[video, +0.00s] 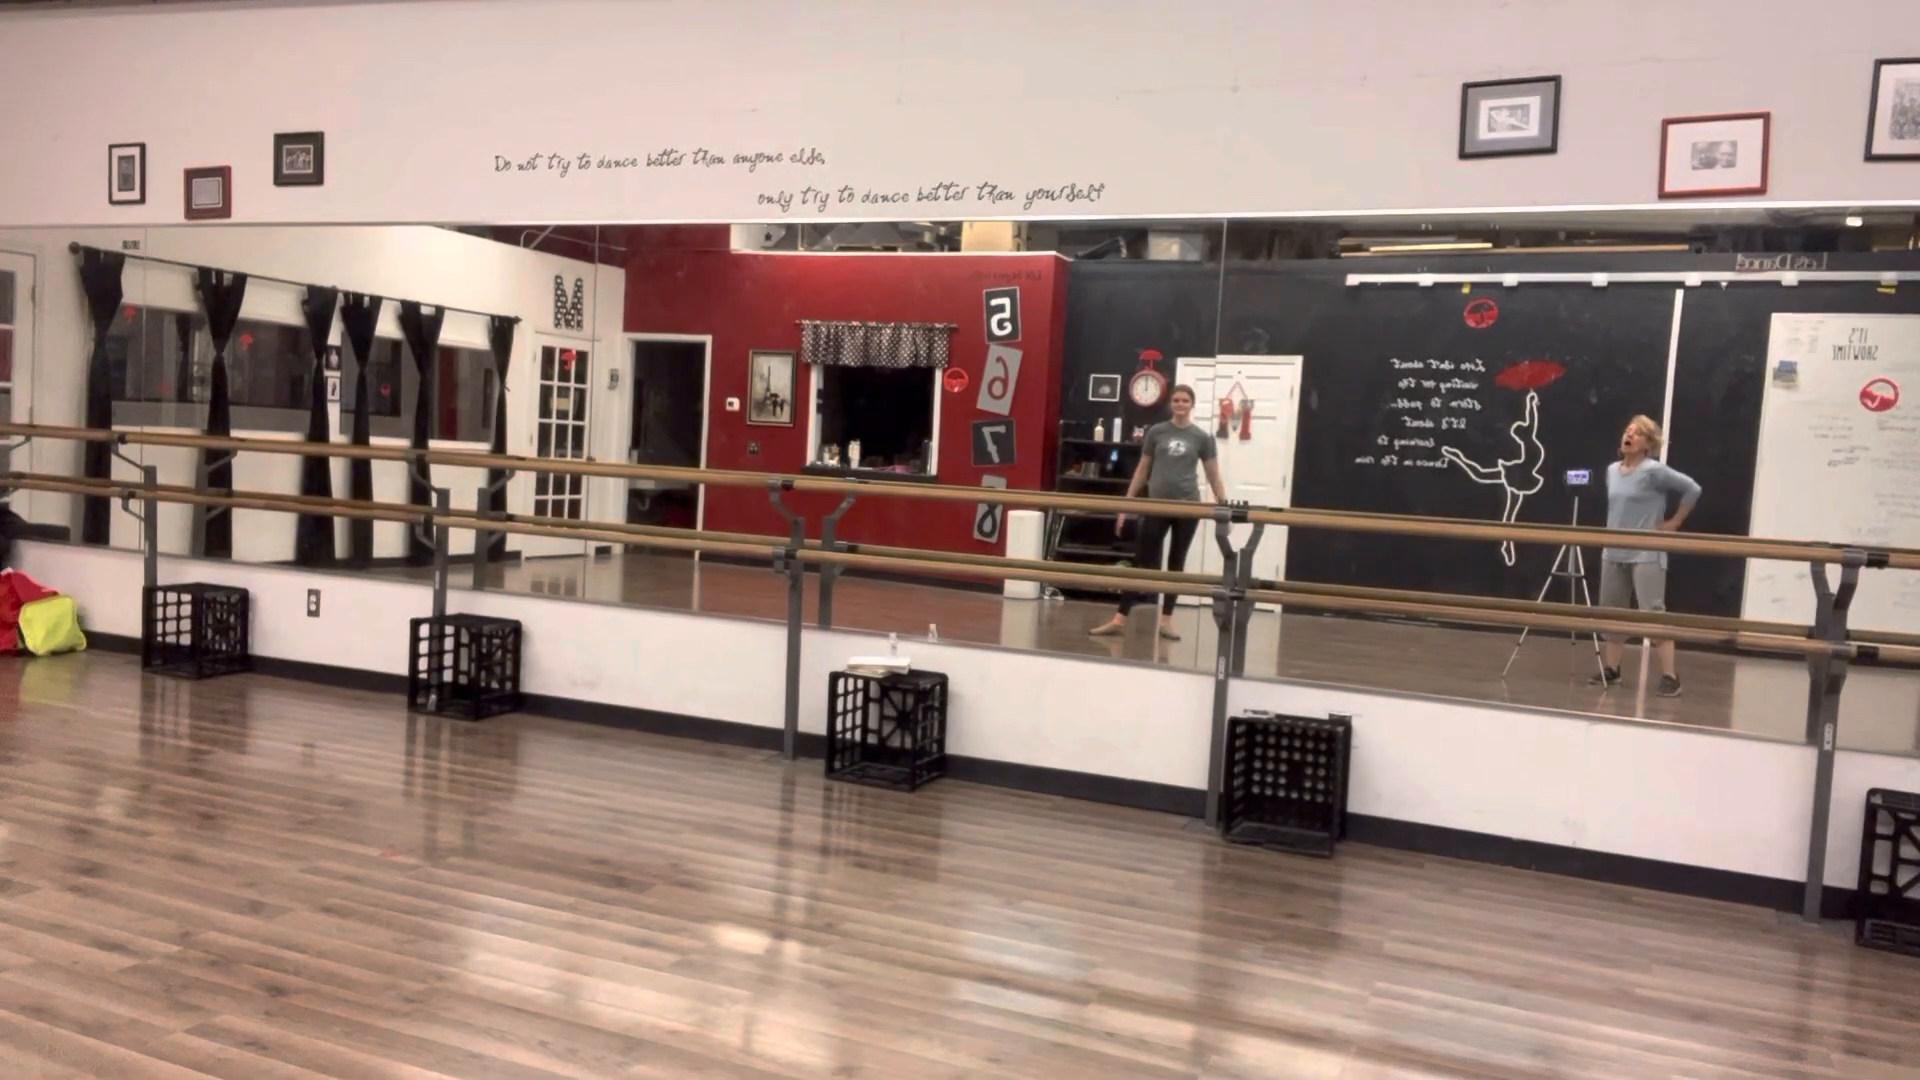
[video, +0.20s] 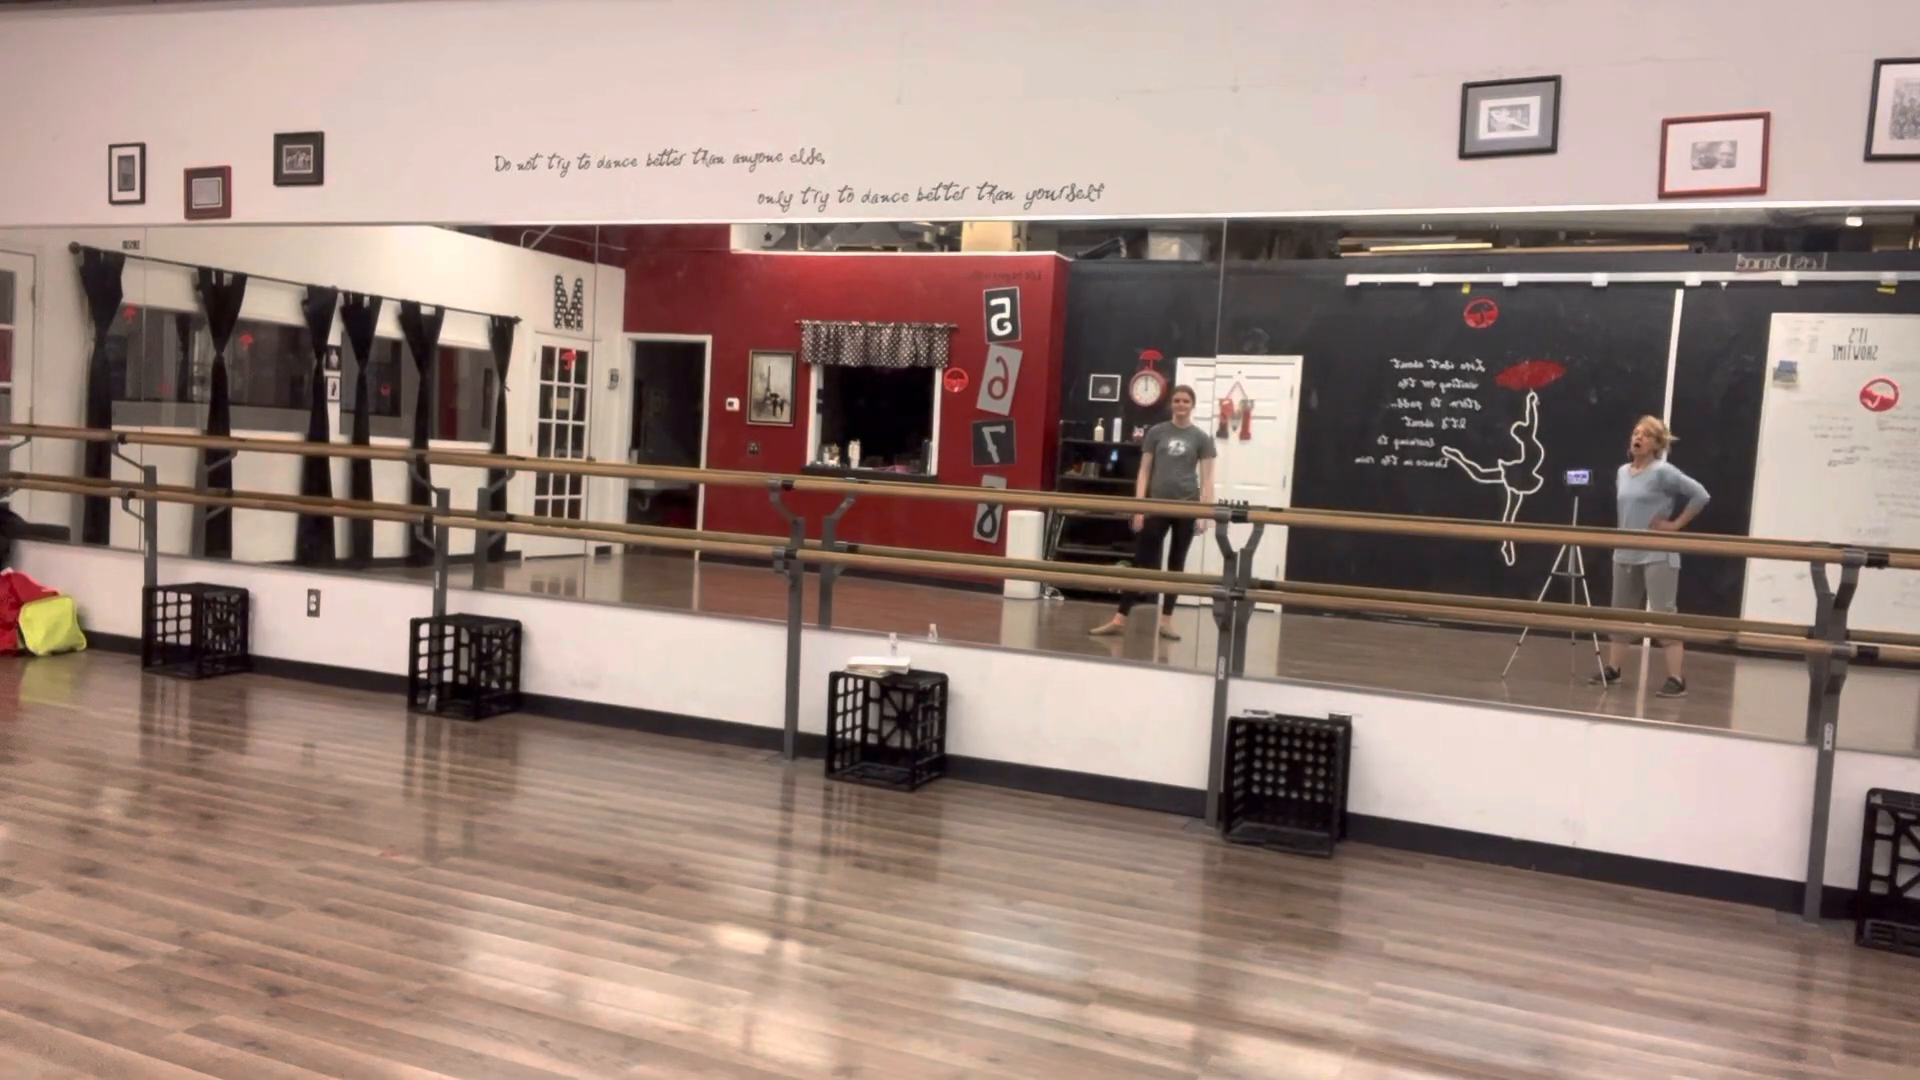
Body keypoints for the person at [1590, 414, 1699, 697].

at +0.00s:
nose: (1629, 437)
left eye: (1636, 434)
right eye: (1627, 432)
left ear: (1648, 444)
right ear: (1622, 437)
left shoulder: (1654, 471)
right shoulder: (1612, 470)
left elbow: (1692, 489)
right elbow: (1618, 503)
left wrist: (1674, 522)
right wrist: (1613, 526)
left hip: (1647, 553)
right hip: (1614, 551)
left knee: (1653, 614)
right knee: (1611, 612)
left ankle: (1669, 675)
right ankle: (1611, 669)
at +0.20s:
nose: (1637, 438)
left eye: (1645, 435)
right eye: (1636, 433)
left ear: (1657, 444)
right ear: (1630, 438)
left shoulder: (1663, 472)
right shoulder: (1623, 472)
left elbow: (1701, 495)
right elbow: (1627, 505)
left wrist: (1675, 524)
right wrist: (1625, 530)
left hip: (1659, 554)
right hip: (1625, 552)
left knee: (1664, 616)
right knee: (1620, 614)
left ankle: (1675, 677)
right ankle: (1612, 669)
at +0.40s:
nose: (1638, 440)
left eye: (1646, 437)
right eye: (1639, 435)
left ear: (1662, 444)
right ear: (1638, 440)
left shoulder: (1672, 473)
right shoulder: (1631, 472)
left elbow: (1711, 497)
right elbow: (1636, 506)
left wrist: (1686, 525)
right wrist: (1635, 532)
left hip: (1669, 556)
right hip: (1635, 554)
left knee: (1669, 618)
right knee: (1625, 614)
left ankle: (1677, 679)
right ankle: (1613, 669)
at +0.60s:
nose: (1640, 447)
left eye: (1645, 442)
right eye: (1641, 442)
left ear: (1661, 448)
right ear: (1655, 448)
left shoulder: (1679, 476)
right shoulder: (1647, 476)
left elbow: (1718, 501)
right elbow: (1658, 507)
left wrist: (1701, 530)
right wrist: (1650, 533)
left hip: (1681, 557)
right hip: (1650, 554)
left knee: (1669, 619)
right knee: (1630, 612)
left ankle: (1677, 679)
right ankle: (1613, 668)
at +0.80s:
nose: (1654, 448)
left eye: (1657, 443)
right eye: (1655, 443)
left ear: (1667, 446)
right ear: (1674, 445)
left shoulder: (1681, 473)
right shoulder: (1667, 469)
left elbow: (1706, 502)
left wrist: (1697, 528)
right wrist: (1669, 527)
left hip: (1686, 558)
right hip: (1661, 554)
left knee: (1672, 618)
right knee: (1644, 612)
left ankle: (1677, 678)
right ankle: (1630, 667)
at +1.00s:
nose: (1665, 446)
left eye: (1666, 441)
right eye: (1667, 441)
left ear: (1670, 443)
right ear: (1695, 444)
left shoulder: (1675, 471)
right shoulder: (1699, 471)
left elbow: (1689, 501)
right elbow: (1703, 506)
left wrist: (1684, 524)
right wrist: (1692, 527)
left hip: (1678, 558)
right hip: (1695, 558)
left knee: (1671, 619)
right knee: (1677, 618)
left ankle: (1675, 676)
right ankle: (1680, 673)